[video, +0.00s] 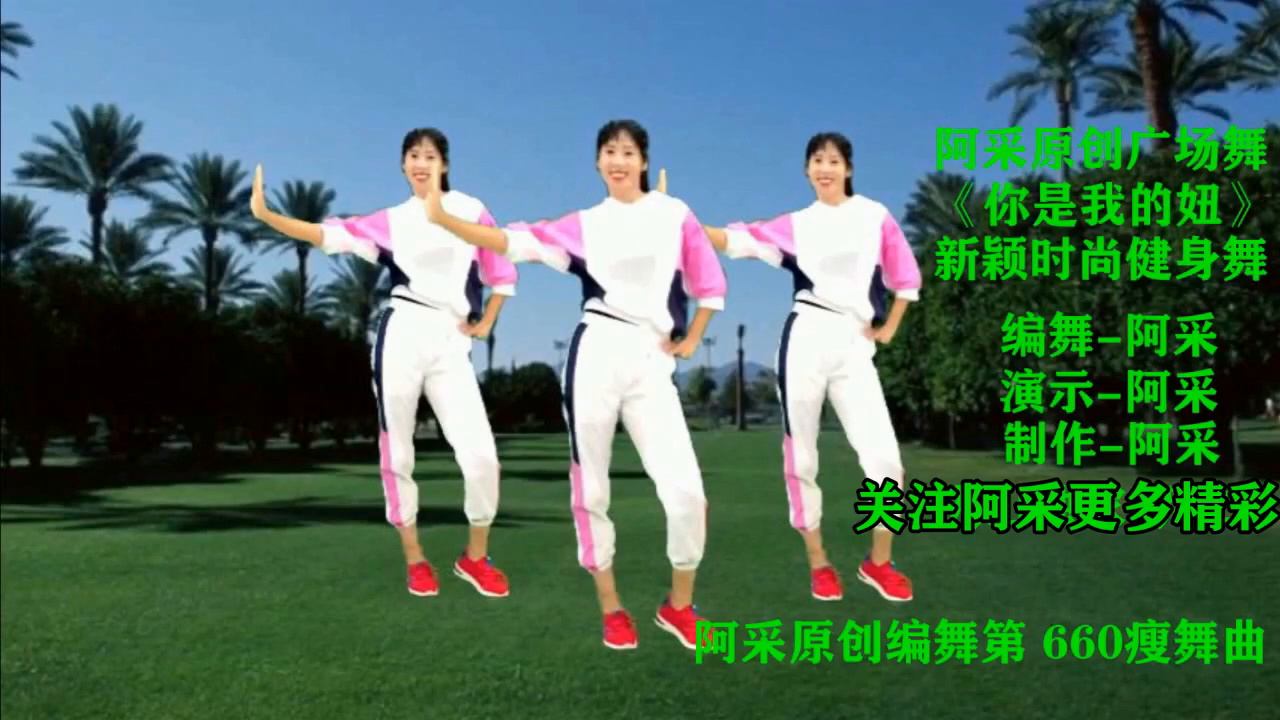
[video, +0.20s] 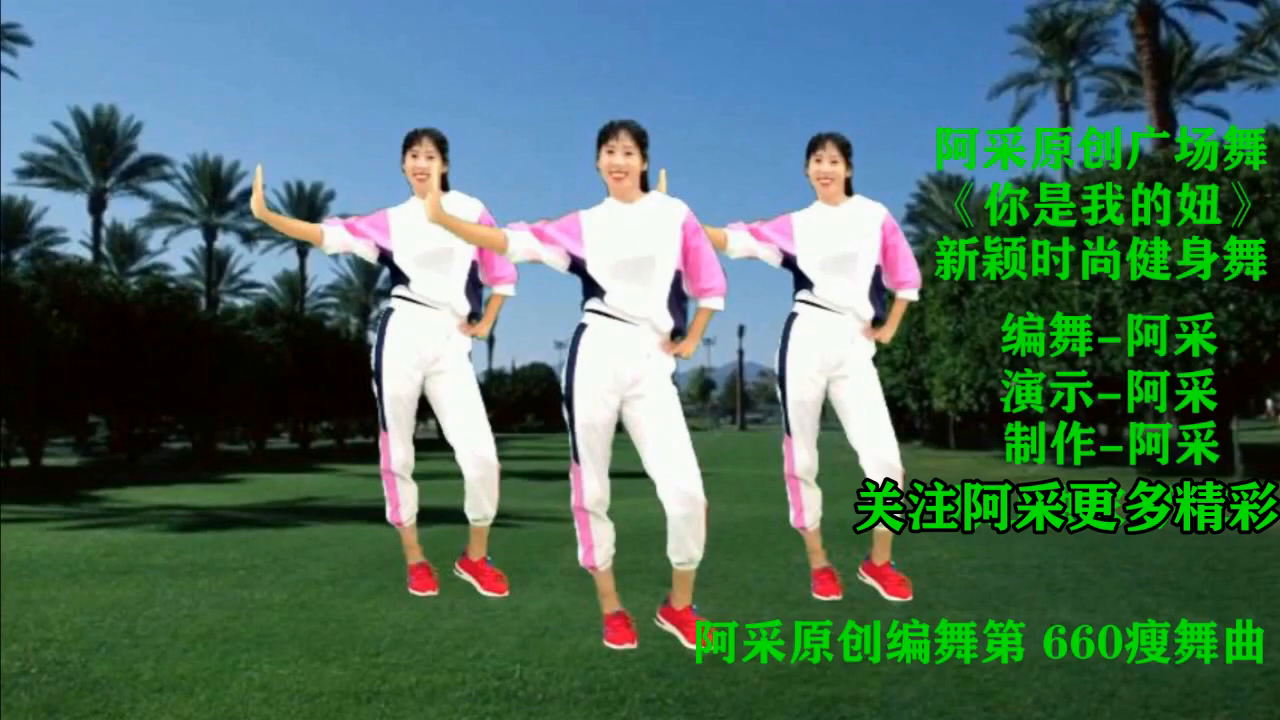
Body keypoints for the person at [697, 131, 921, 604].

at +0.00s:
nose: (825, 168)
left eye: (833, 161)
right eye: (818, 161)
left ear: (848, 169)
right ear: (807, 170)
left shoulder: (875, 217)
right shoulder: (797, 223)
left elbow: (907, 277)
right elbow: (734, 238)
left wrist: (888, 329)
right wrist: (682, 224)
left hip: (855, 340)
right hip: (807, 336)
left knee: (886, 459)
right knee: (802, 458)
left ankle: (879, 562)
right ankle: (819, 565)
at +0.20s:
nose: (825, 168)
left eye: (833, 161)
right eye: (818, 161)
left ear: (848, 169)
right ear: (807, 171)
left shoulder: (875, 217)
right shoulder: (797, 223)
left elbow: (907, 277)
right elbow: (734, 238)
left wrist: (888, 330)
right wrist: (682, 224)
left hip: (855, 340)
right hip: (807, 336)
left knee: (885, 458)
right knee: (802, 458)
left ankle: (879, 562)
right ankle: (819, 565)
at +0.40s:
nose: (825, 168)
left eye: (833, 161)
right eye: (818, 161)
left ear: (848, 169)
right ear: (807, 171)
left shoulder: (875, 217)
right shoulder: (797, 223)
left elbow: (907, 277)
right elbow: (734, 238)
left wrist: (888, 329)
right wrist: (682, 224)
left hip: (855, 340)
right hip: (806, 335)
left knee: (885, 458)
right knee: (802, 458)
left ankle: (879, 562)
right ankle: (819, 565)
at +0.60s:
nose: (825, 168)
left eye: (833, 161)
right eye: (818, 161)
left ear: (848, 169)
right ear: (807, 171)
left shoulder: (875, 217)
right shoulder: (797, 223)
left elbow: (907, 277)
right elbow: (734, 238)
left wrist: (888, 329)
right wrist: (682, 224)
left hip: (855, 340)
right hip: (806, 335)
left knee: (885, 458)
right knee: (802, 458)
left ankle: (879, 562)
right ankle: (819, 565)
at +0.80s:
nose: (825, 168)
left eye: (833, 161)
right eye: (818, 161)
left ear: (848, 169)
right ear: (807, 171)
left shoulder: (876, 217)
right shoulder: (797, 223)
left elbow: (907, 277)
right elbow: (734, 238)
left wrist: (888, 329)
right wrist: (682, 224)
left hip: (855, 340)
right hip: (806, 335)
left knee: (885, 458)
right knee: (802, 458)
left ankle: (879, 562)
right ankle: (819, 565)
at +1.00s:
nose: (825, 168)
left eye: (833, 161)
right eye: (818, 161)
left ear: (848, 169)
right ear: (807, 171)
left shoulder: (876, 217)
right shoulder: (797, 223)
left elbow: (907, 277)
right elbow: (734, 238)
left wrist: (888, 329)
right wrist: (682, 224)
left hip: (855, 340)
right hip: (806, 335)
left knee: (885, 458)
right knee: (802, 458)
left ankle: (879, 562)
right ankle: (819, 565)